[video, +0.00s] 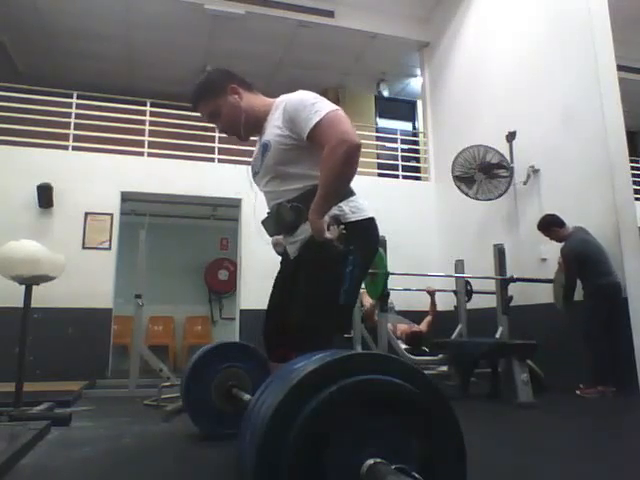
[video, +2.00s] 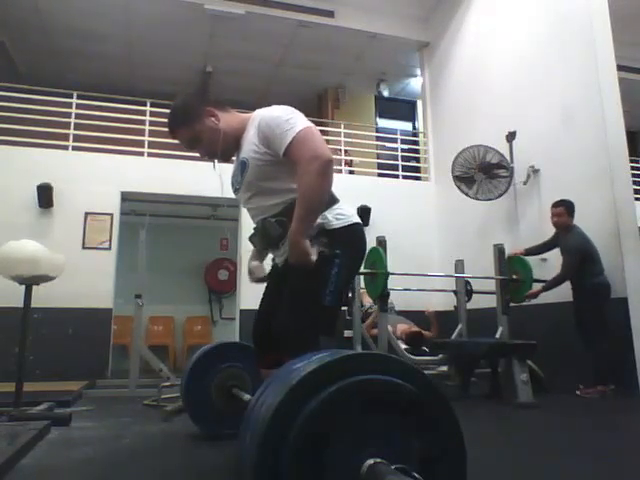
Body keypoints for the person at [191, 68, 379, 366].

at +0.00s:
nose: (219, 129)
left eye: (216, 116)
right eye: (212, 123)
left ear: (235, 93)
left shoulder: (294, 104)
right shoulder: (260, 157)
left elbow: (345, 143)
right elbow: (291, 198)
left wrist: (317, 214)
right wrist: (281, 234)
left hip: (339, 234)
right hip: (304, 247)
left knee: (310, 340)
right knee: (277, 339)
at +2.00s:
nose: (202, 155)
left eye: (197, 143)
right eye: (194, 150)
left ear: (213, 118)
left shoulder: (271, 118)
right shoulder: (240, 170)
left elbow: (317, 160)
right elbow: (271, 216)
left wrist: (297, 236)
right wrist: (257, 254)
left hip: (331, 238)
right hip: (296, 251)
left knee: (298, 333)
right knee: (266, 334)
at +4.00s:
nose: (203, 146)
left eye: (200, 134)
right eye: (196, 140)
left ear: (219, 112)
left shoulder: (271, 119)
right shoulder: (247, 168)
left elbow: (324, 147)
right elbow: (277, 213)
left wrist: (308, 222)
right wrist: (271, 256)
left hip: (329, 236)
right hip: (296, 251)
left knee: (303, 338)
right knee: (271, 338)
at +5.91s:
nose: (199, 163)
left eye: (193, 153)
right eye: (191, 159)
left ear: (207, 127)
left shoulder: (265, 125)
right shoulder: (239, 174)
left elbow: (318, 162)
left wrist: (280, 227)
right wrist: (265, 237)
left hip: (330, 243)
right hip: (297, 257)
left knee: (297, 339)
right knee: (265, 340)